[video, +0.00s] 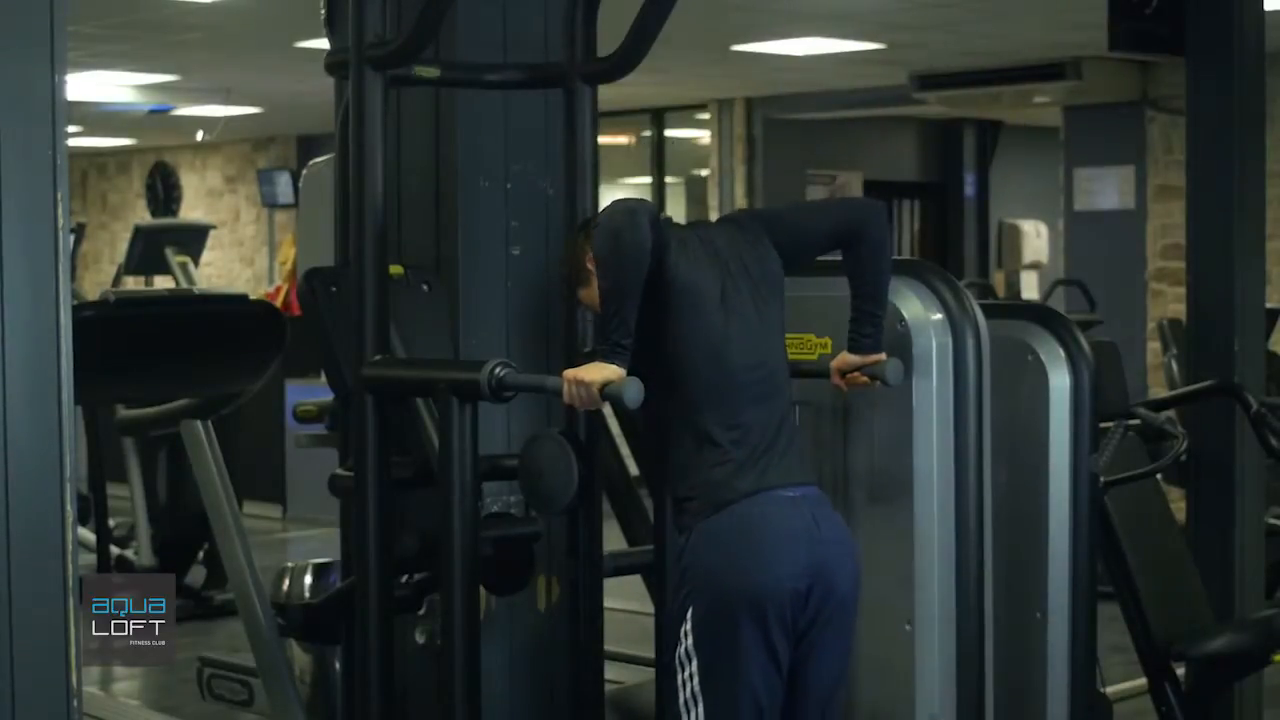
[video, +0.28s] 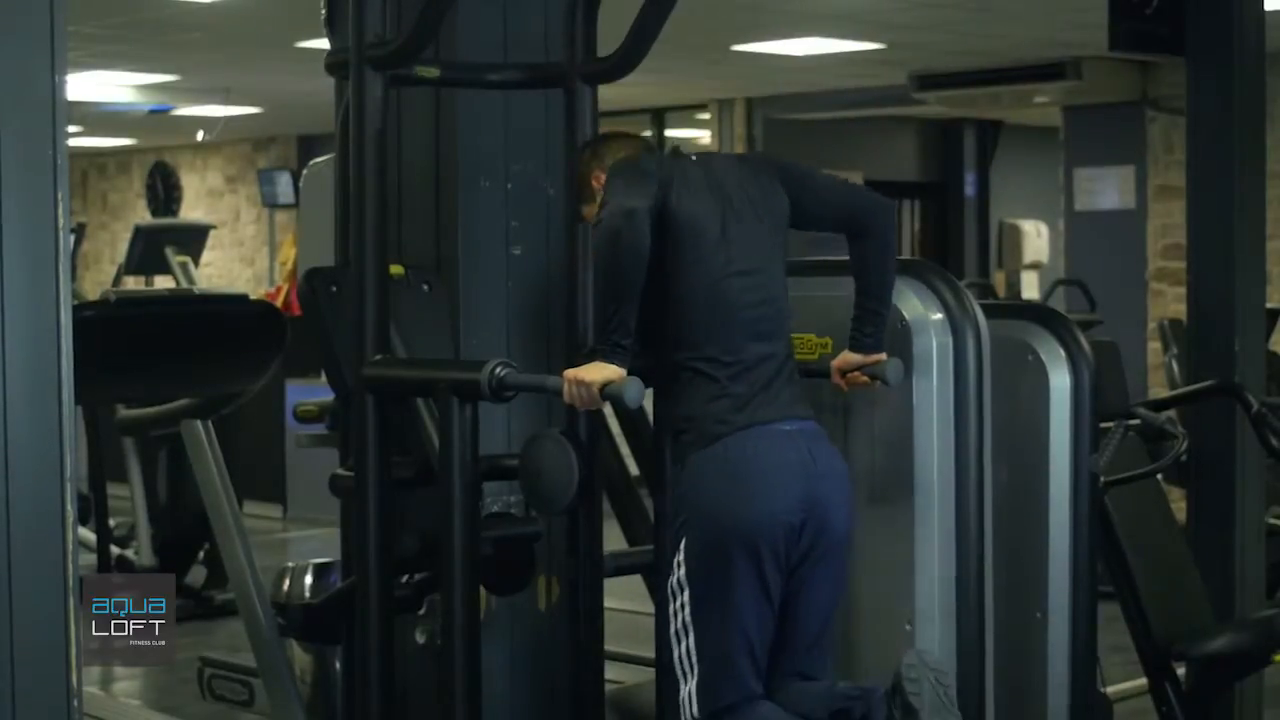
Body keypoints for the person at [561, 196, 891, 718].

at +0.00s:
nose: (600, 310)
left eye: (592, 297)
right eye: (593, 304)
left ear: (596, 262)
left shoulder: (639, 248)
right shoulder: (747, 233)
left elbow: (628, 215)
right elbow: (867, 216)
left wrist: (611, 352)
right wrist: (866, 341)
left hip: (728, 537)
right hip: (815, 517)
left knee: (723, 705)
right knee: (816, 707)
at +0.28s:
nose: (598, 219)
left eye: (593, 207)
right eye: (592, 212)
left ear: (603, 179)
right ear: (653, 151)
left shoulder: (634, 174)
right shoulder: (756, 172)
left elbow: (625, 222)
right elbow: (874, 212)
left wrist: (611, 351)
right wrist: (869, 341)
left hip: (724, 468)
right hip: (813, 453)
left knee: (719, 701)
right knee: (795, 687)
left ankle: (875, 707)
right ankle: (882, 705)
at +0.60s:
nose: (612, 140)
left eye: (604, 124)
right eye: (604, 131)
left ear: (616, 89)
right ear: (673, 72)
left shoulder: (647, 106)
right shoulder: (772, 111)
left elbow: (638, 217)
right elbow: (861, 209)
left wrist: (612, 351)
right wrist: (866, 340)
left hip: (715, 398)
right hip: (804, 386)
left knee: (699, 650)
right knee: (771, 616)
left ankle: (870, 700)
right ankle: (867, 633)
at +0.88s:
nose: (616, 102)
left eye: (608, 87)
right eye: (608, 94)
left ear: (623, 52)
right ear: (676, 35)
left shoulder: (652, 80)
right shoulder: (782, 85)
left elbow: (638, 210)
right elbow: (850, 204)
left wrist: (615, 347)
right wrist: (866, 336)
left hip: (720, 367)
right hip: (806, 356)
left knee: (694, 620)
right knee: (769, 590)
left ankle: (881, 666)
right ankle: (865, 590)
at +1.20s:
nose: (611, 148)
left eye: (604, 132)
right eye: (603, 139)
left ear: (617, 98)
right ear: (677, 79)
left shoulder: (647, 115)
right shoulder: (776, 117)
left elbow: (630, 210)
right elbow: (871, 207)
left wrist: (614, 350)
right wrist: (869, 339)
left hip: (720, 411)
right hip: (808, 398)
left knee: (704, 664)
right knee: (780, 635)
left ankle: (880, 705)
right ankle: (881, 654)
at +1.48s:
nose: (600, 206)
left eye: (595, 193)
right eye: (593, 199)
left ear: (608, 157)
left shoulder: (639, 159)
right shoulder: (768, 162)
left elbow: (624, 219)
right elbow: (877, 208)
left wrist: (613, 349)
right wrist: (869, 338)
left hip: (720, 465)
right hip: (809, 452)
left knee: (713, 700)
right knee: (789, 683)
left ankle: (880, 706)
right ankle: (885, 705)